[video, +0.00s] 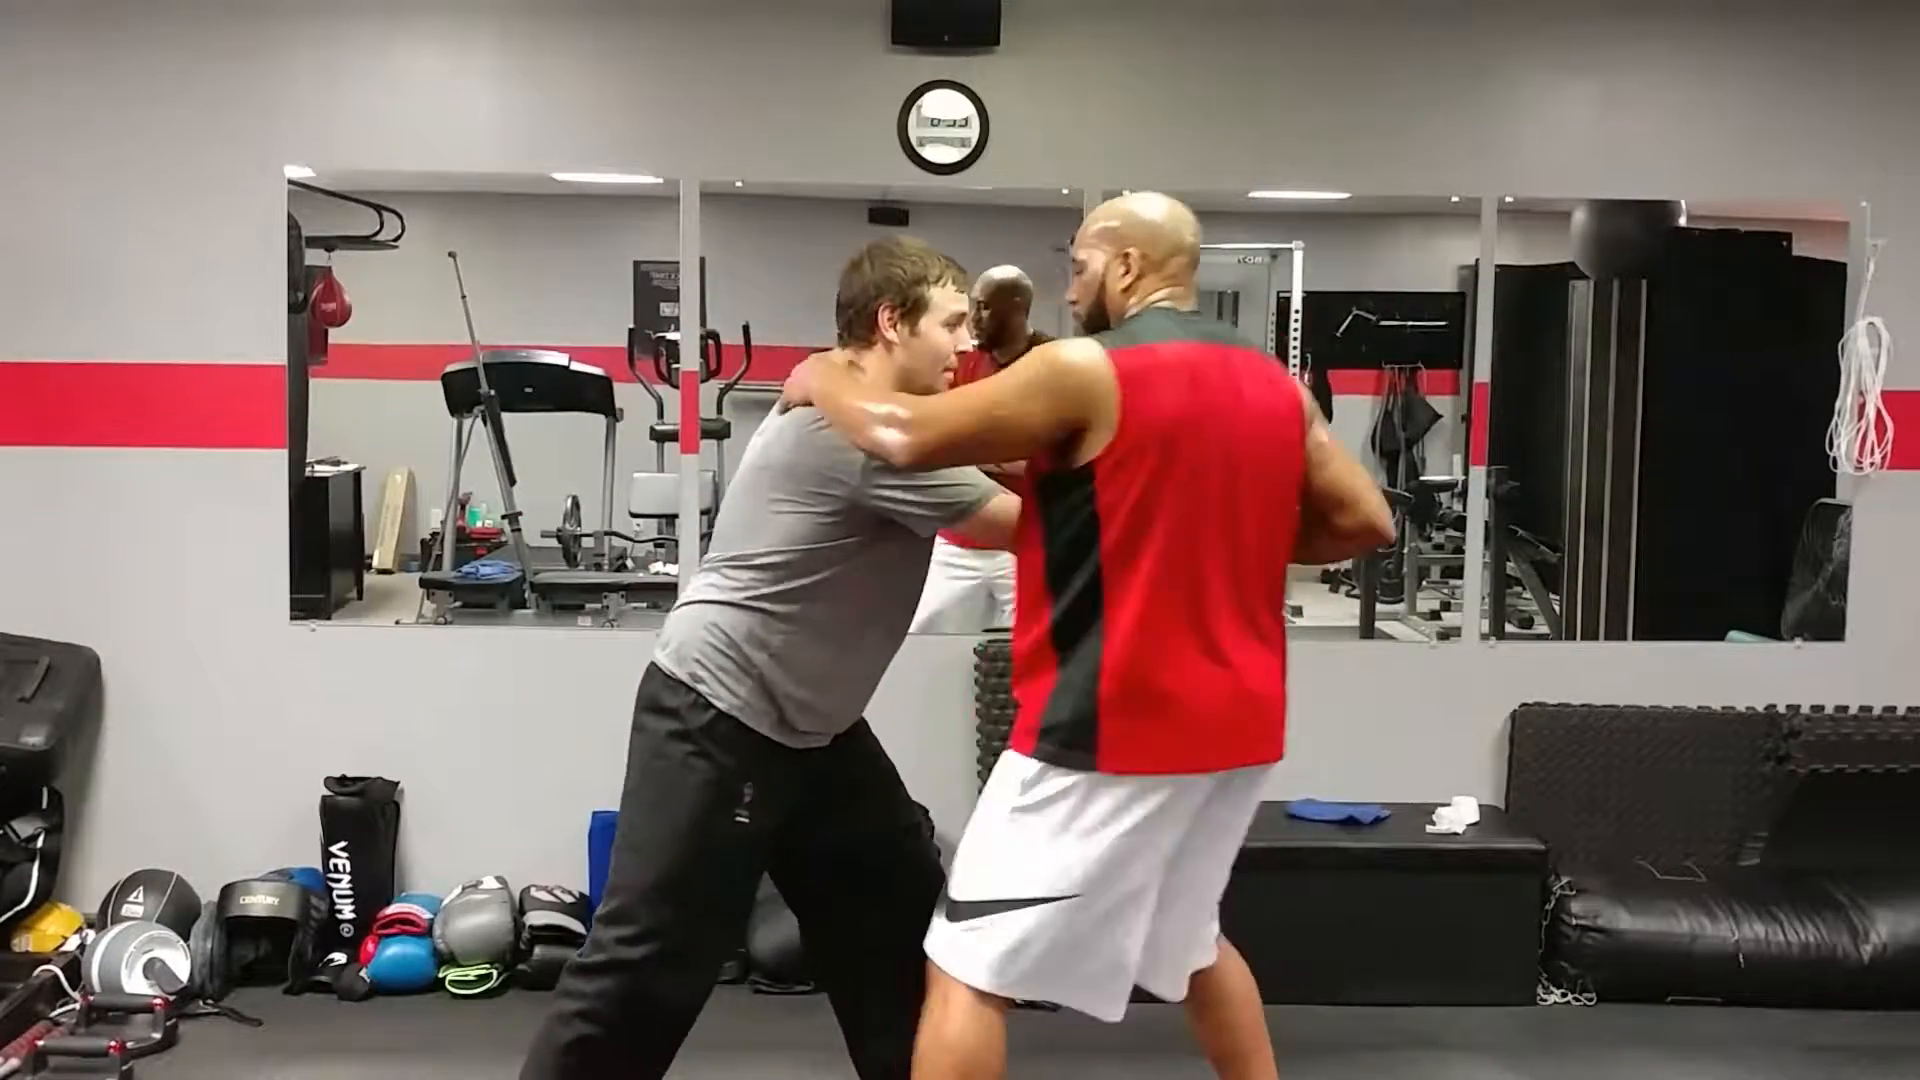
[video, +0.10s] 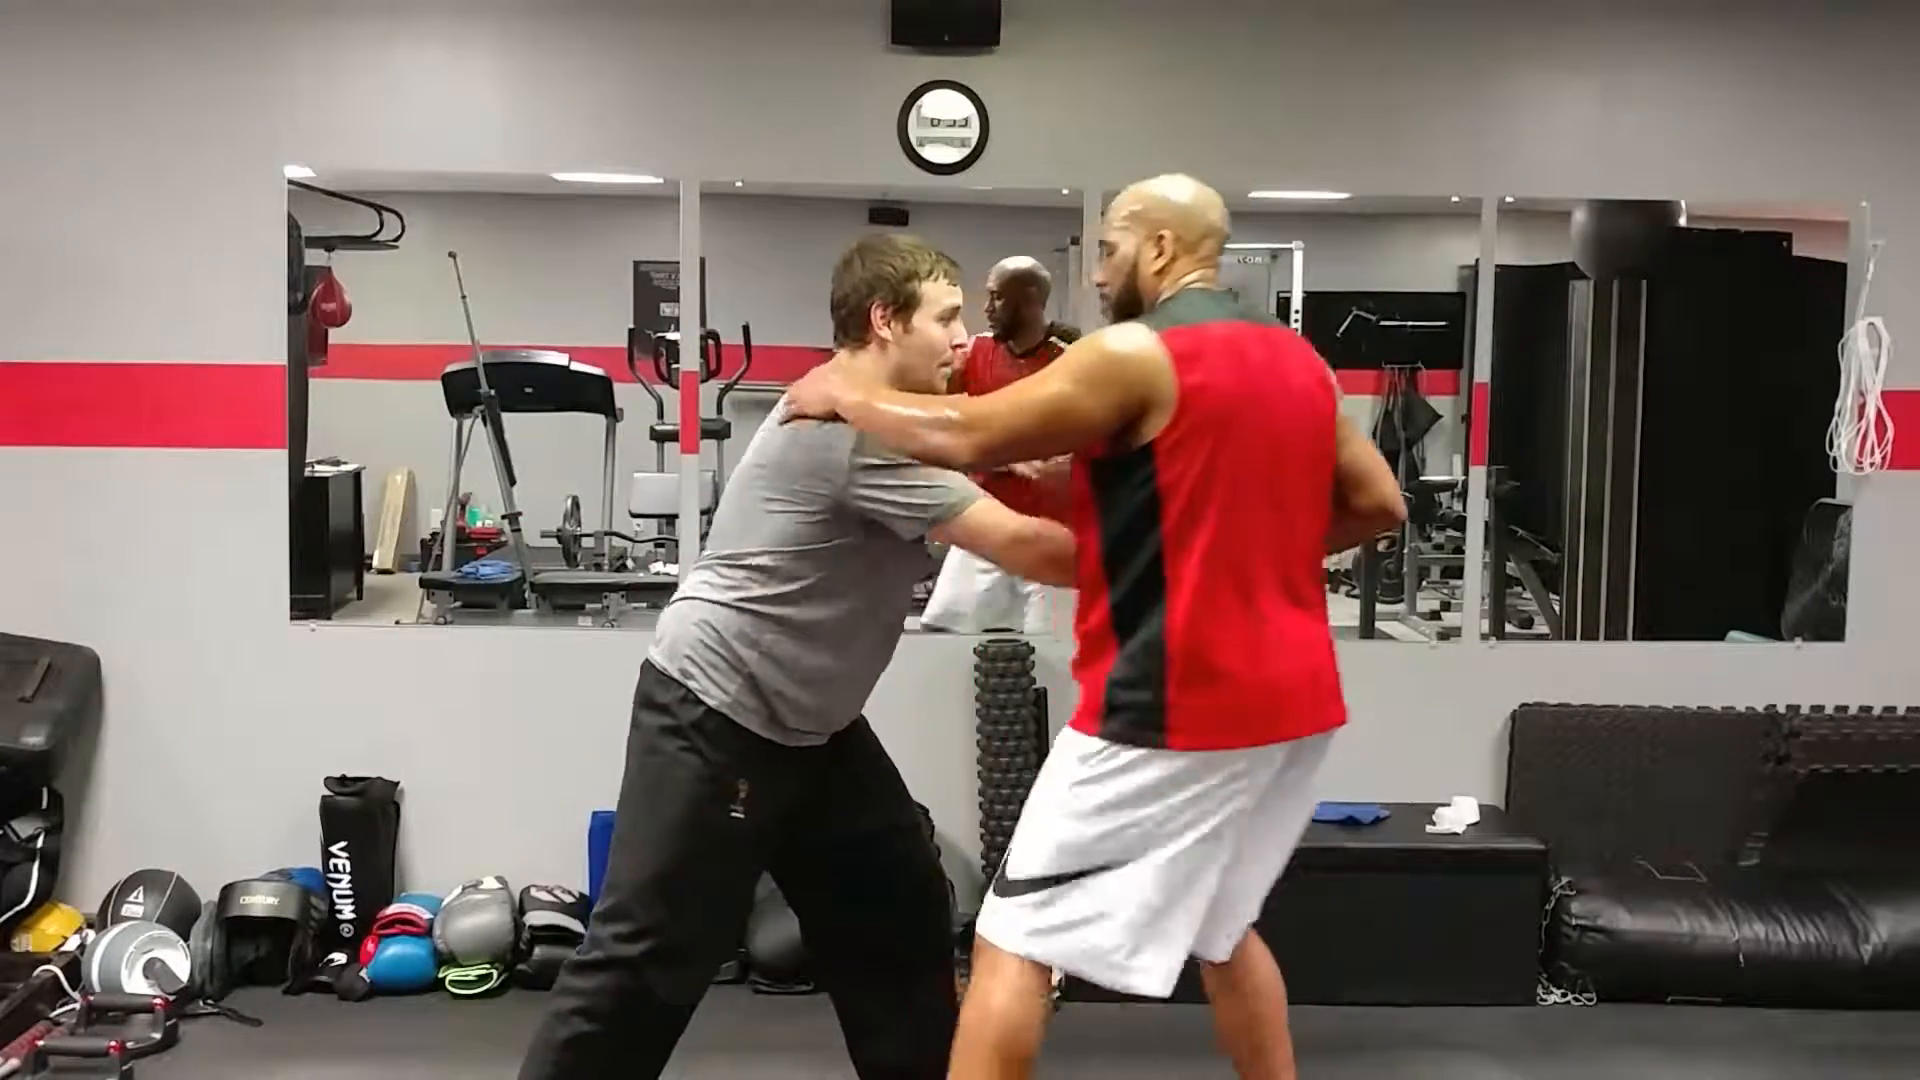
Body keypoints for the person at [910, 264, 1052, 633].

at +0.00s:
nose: (976, 323)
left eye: (986, 310)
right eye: (972, 311)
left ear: (1021, 310)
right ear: (971, 309)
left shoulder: (1058, 365)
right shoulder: (956, 366)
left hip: (1025, 550)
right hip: (952, 548)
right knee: (920, 667)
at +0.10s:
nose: (987, 309)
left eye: (996, 298)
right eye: (987, 297)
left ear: (1030, 298)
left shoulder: (1077, 360)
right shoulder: (974, 354)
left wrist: (1054, 469)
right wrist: (1006, 459)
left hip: (1061, 542)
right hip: (984, 537)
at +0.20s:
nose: (998, 302)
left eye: (1007, 292)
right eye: (998, 292)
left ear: (1044, 293)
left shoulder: (1082, 360)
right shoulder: (996, 347)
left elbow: (1115, 445)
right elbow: (940, 380)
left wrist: (1082, 467)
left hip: (1065, 528)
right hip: (1003, 517)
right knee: (946, 601)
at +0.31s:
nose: (1005, 297)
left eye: (1013, 287)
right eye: (1005, 287)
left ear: (1049, 287)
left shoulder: (1095, 352)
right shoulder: (1010, 343)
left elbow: (1141, 441)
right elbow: (948, 383)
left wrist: (1086, 473)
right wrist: (888, 385)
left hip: (1084, 540)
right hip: (1016, 526)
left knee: (1075, 664)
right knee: (969, 634)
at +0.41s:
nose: (1008, 296)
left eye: (1016, 286)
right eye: (1008, 286)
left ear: (1052, 286)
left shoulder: (1107, 351)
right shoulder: (1017, 345)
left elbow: (1140, 444)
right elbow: (960, 393)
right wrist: (892, 414)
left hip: (1099, 543)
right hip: (1030, 536)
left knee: (1100, 675)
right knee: (1016, 664)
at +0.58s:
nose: (1013, 309)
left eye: (1021, 298)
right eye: (1014, 299)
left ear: (1054, 298)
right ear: (1051, 299)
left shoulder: (1112, 359)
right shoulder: (1027, 365)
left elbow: (1148, 445)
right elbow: (1002, 438)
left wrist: (1070, 489)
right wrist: (961, 490)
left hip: (1107, 551)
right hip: (1048, 545)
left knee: (1101, 675)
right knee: (1032, 664)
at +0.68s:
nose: (1023, 312)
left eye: (1031, 300)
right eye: (1024, 301)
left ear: (1064, 301)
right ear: (1060, 304)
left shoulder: (1120, 361)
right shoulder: (1052, 362)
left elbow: (1155, 448)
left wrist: (1081, 500)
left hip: (1129, 550)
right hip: (1064, 545)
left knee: (1139, 669)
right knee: (1033, 654)